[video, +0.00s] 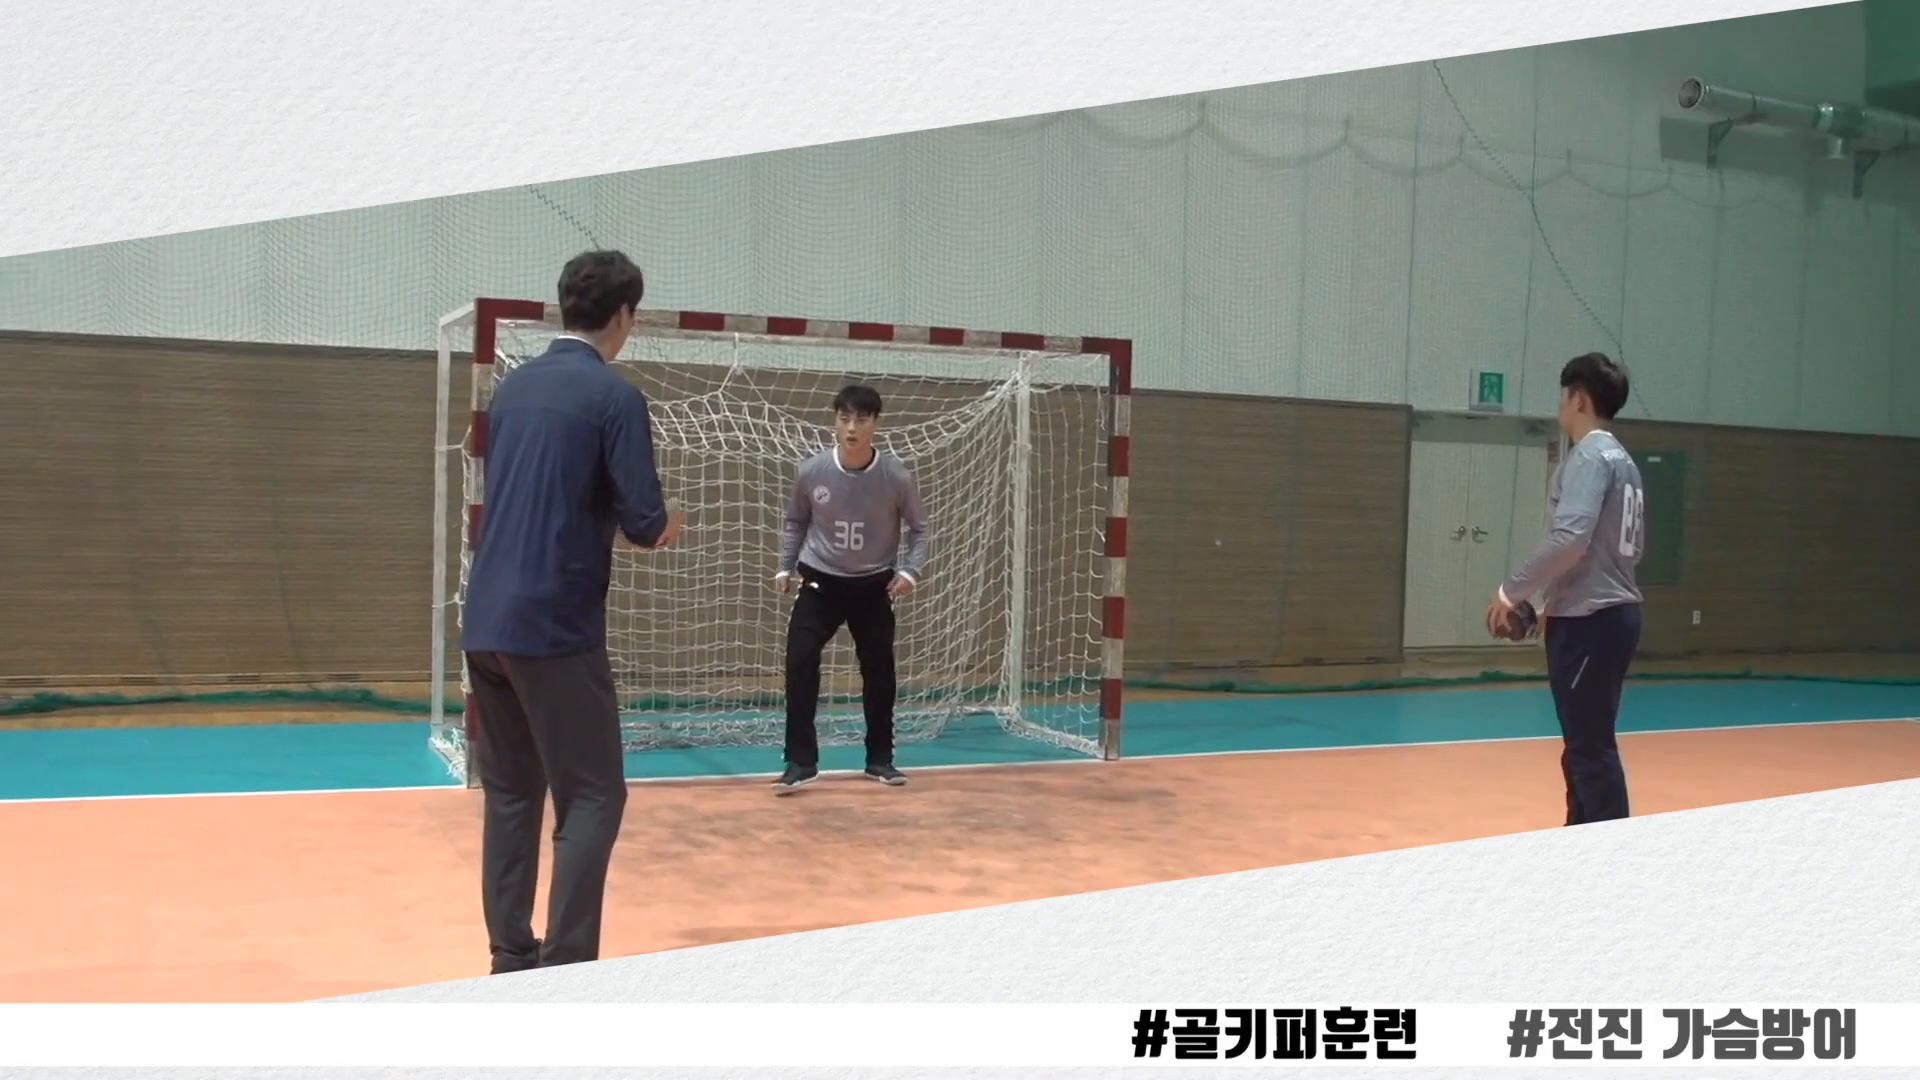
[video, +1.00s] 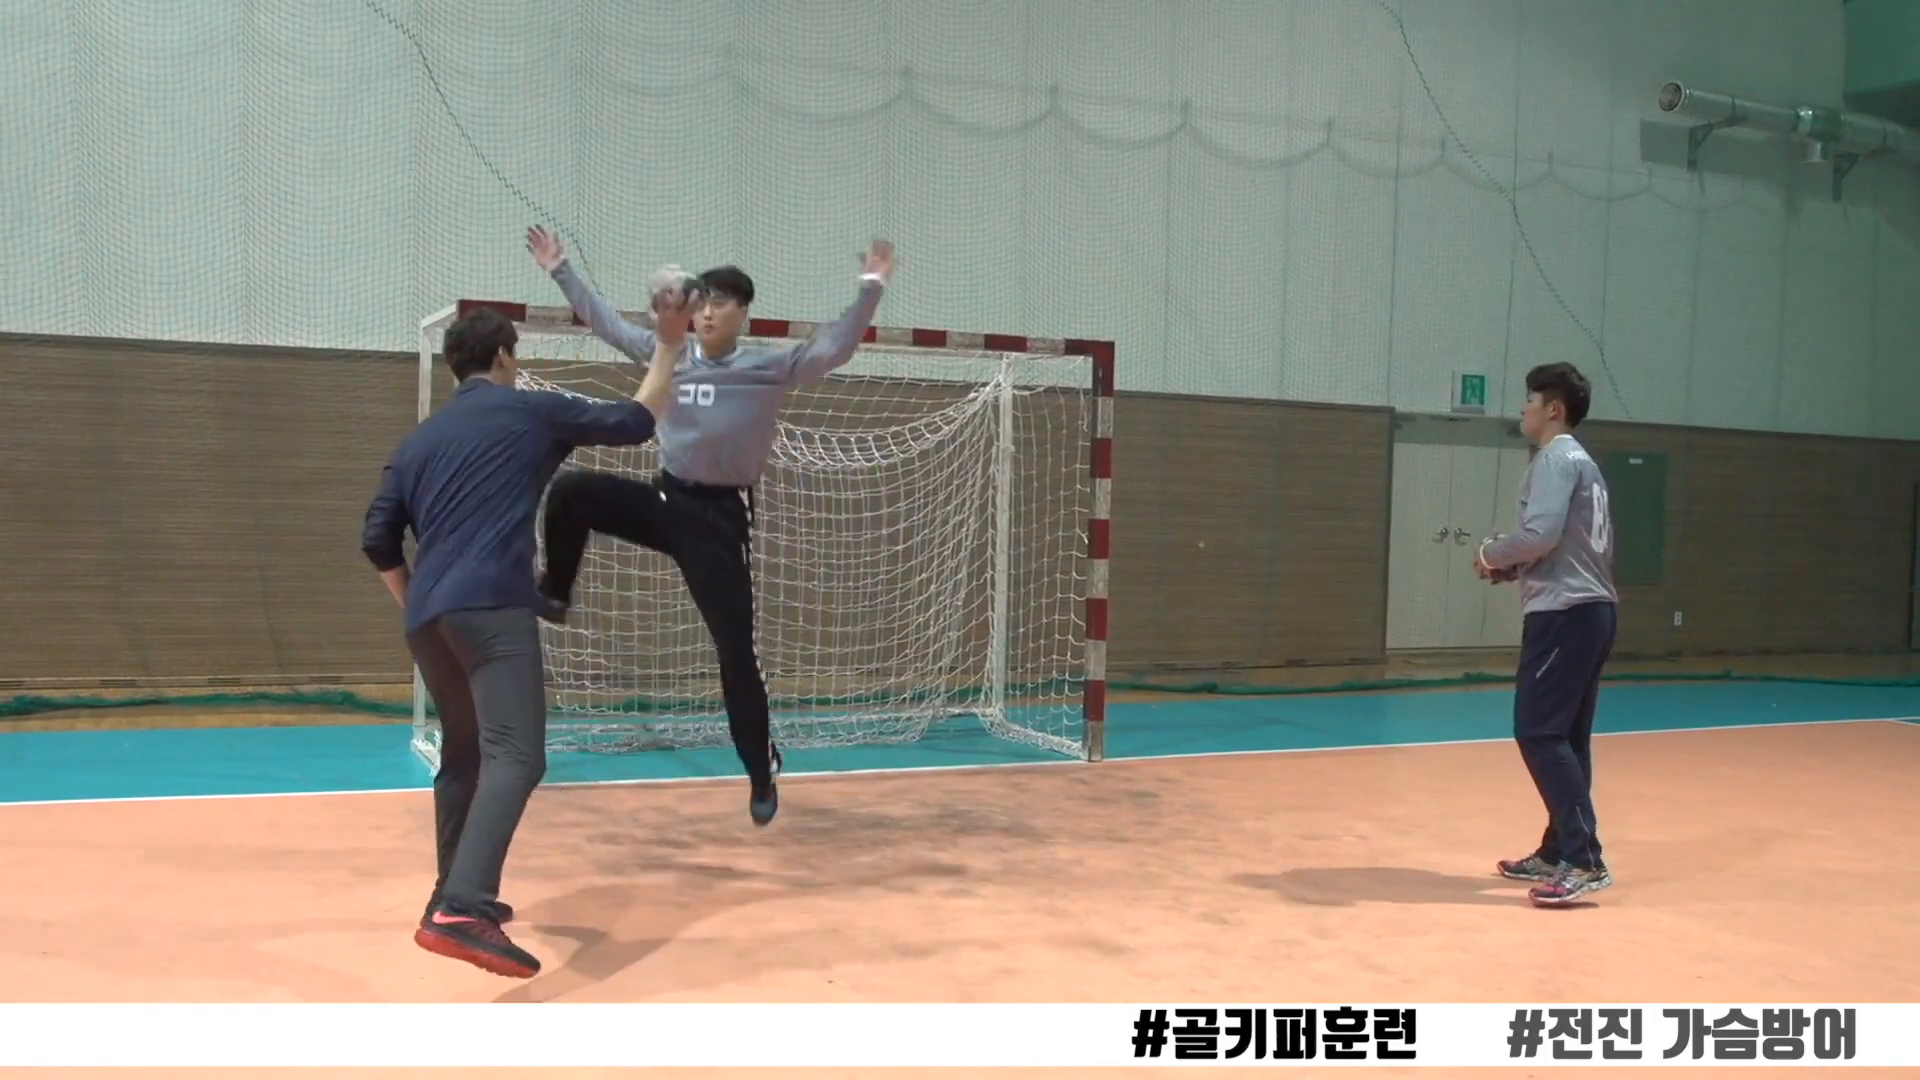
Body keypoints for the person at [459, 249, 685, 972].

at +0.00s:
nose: (636, 324)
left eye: (635, 313)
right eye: (637, 313)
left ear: (564, 309)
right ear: (625, 315)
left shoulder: (514, 383)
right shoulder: (615, 396)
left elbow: (523, 492)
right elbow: (642, 523)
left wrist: (629, 516)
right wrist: (663, 528)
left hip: (485, 623)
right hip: (553, 626)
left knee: (510, 791)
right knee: (594, 791)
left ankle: (511, 953)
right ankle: (568, 961)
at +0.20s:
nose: (651, 331)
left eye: (651, 320)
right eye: (651, 319)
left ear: (580, 313)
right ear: (638, 321)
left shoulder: (535, 387)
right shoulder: (611, 408)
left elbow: (551, 505)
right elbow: (631, 534)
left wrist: (647, 513)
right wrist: (673, 532)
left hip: (495, 627)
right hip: (550, 636)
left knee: (544, 793)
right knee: (594, 801)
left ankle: (510, 955)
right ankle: (558, 976)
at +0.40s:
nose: (648, 344)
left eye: (650, 331)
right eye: (649, 331)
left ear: (581, 326)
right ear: (634, 332)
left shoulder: (557, 392)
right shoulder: (586, 407)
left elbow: (590, 510)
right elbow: (578, 526)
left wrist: (674, 547)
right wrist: (654, 613)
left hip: (502, 626)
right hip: (529, 636)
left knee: (566, 782)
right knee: (594, 803)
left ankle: (511, 919)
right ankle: (551, 983)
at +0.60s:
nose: (630, 365)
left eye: (630, 353)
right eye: (627, 353)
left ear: (570, 355)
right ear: (606, 356)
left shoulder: (574, 427)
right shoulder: (551, 411)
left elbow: (596, 517)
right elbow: (543, 461)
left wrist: (682, 513)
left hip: (503, 640)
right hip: (514, 646)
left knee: (538, 775)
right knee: (591, 805)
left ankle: (475, 897)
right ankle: (548, 984)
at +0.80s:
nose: (566, 365)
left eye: (563, 351)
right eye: (559, 352)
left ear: (502, 367)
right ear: (541, 360)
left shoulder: (488, 434)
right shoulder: (528, 416)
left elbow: (444, 540)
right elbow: (587, 406)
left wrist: (499, 579)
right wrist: (572, 305)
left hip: (473, 637)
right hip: (517, 637)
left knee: (514, 764)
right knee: (535, 799)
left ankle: (456, 894)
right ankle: (533, 971)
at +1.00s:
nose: (520, 365)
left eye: (516, 356)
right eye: (517, 356)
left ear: (455, 366)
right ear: (504, 358)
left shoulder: (419, 439)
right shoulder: (531, 410)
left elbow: (378, 537)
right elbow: (637, 421)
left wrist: (416, 607)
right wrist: (670, 344)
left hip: (425, 613)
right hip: (491, 597)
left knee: (461, 757)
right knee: (515, 755)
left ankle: (453, 903)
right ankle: (464, 908)